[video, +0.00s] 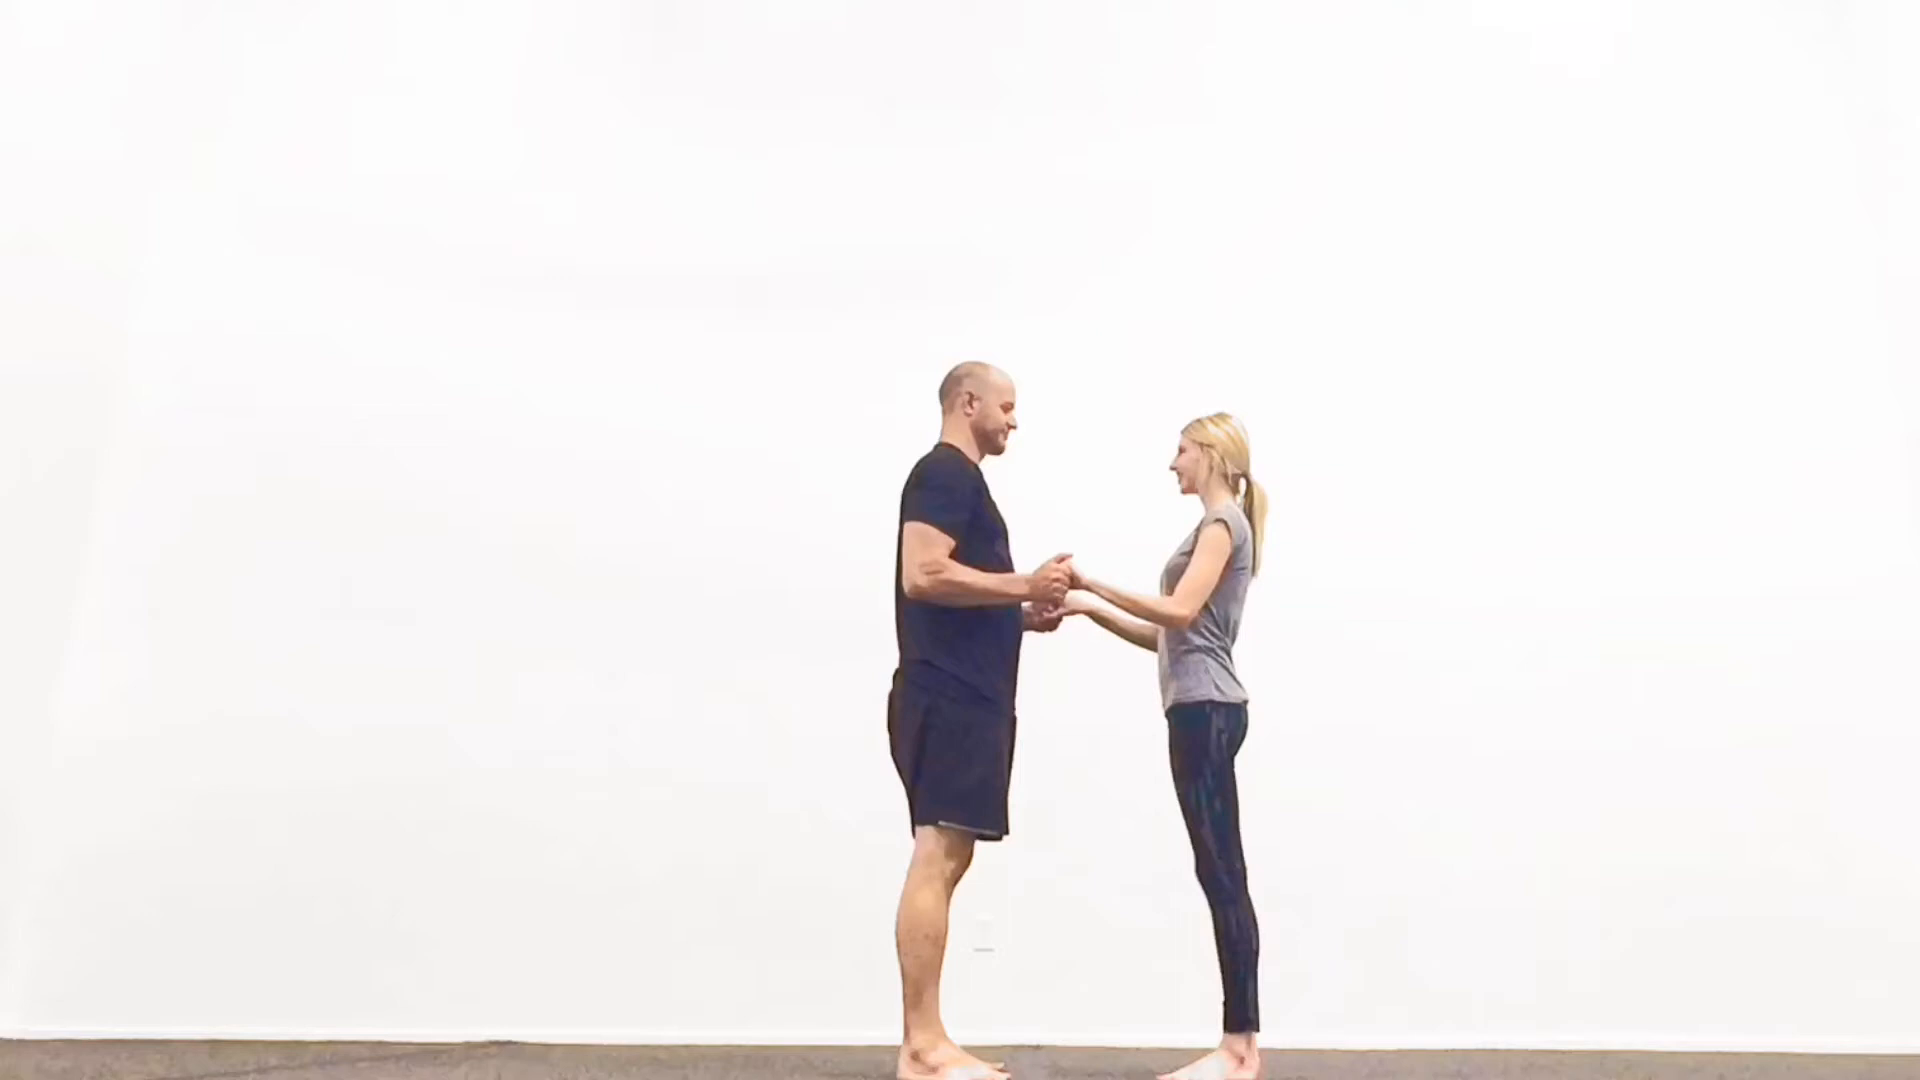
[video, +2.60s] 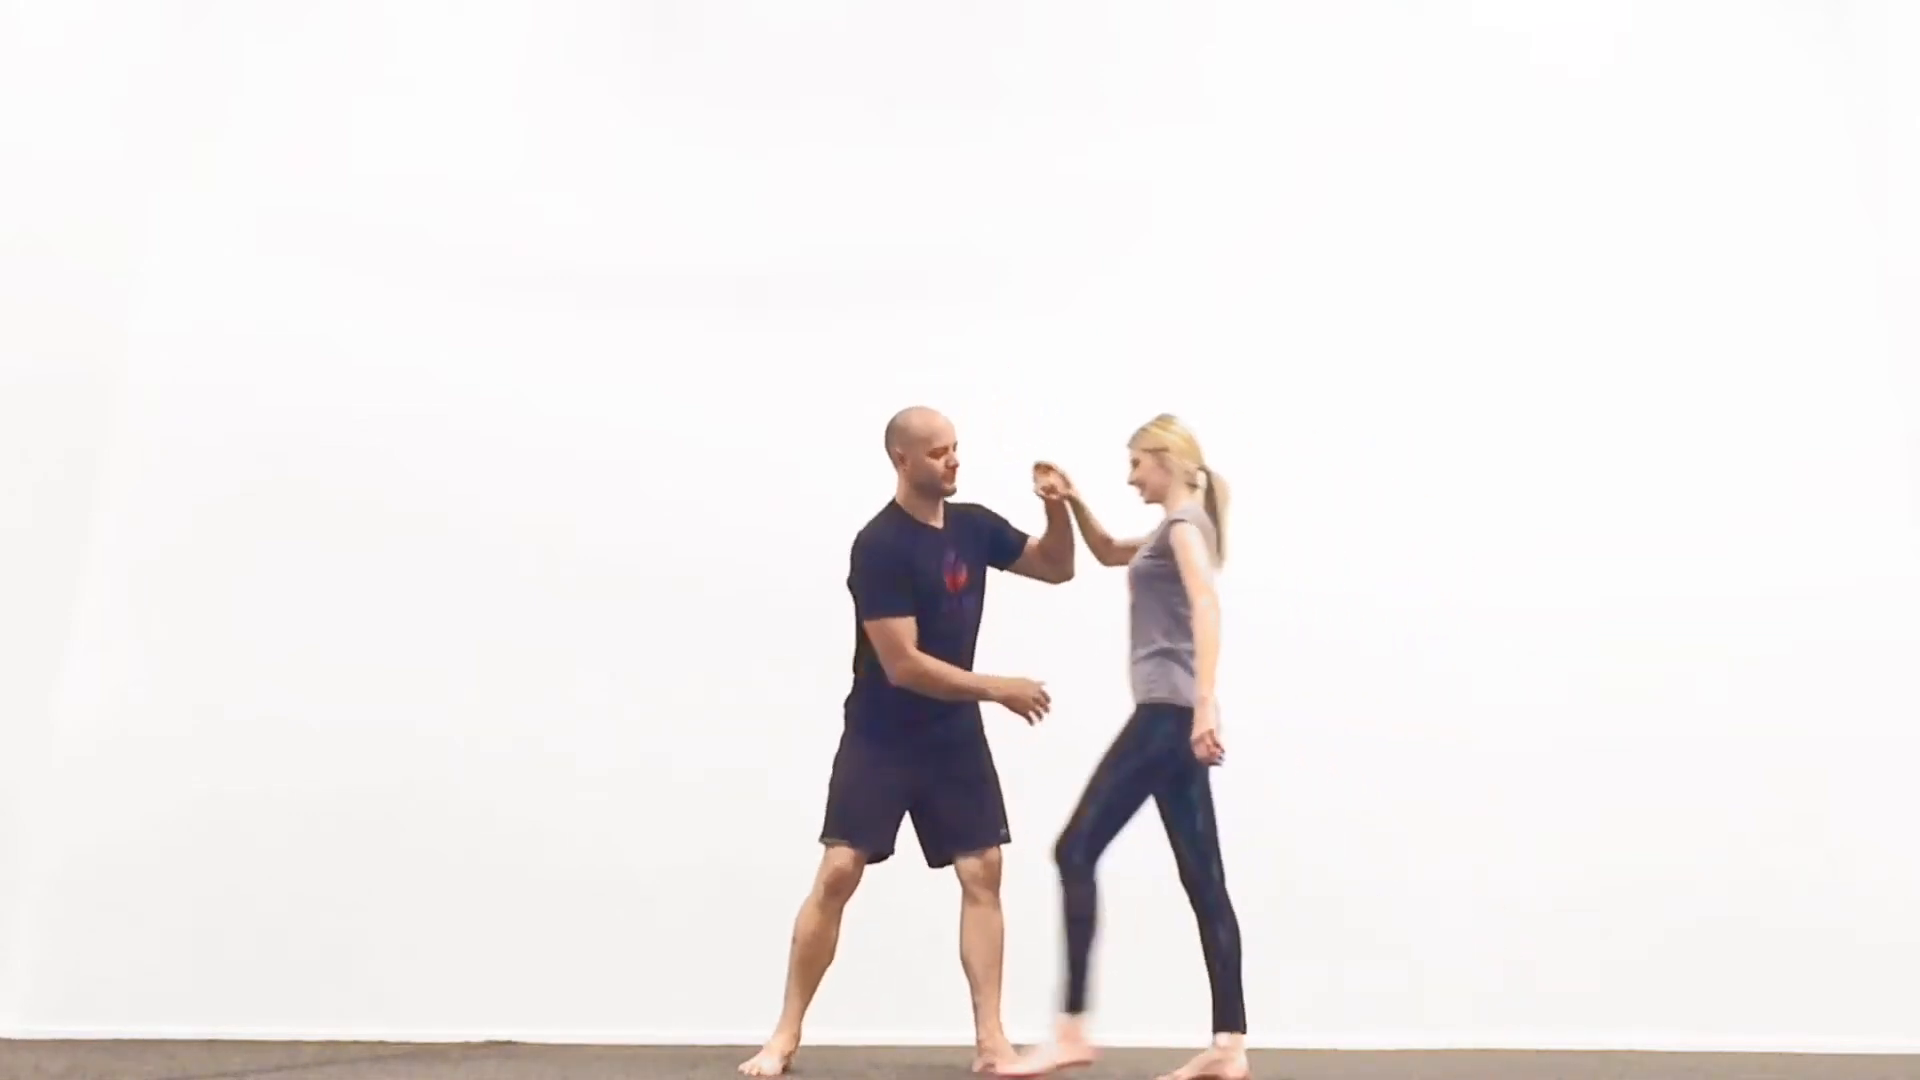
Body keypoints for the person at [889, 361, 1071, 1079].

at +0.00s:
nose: (1014, 421)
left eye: (1014, 410)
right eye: (1006, 408)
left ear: (969, 404)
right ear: (968, 405)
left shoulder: (963, 479)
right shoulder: (943, 470)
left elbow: (950, 594)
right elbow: (923, 574)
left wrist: (1025, 613)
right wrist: (1024, 586)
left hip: (963, 694)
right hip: (948, 694)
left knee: (945, 859)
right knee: (938, 859)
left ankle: (924, 1043)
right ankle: (924, 1045)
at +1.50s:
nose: (1067, 438)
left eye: (1066, 428)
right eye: (1055, 425)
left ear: (1028, 431)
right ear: (1015, 428)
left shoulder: (1049, 540)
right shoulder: (973, 494)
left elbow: (1041, 651)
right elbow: (948, 598)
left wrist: (1122, 615)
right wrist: (1051, 609)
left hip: (1011, 715)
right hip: (949, 708)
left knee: (1006, 872)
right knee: (940, 855)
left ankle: (989, 1039)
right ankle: (916, 1038)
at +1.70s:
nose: (1055, 437)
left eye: (1056, 428)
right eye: (1043, 425)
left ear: (1032, 436)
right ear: (1002, 430)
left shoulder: (1054, 537)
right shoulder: (953, 498)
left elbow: (1120, 619)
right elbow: (916, 597)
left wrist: (1195, 562)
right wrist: (1007, 610)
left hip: (1012, 717)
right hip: (941, 707)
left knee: (1002, 872)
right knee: (911, 847)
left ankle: (990, 1042)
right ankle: (849, 1020)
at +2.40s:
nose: (969, 443)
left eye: (970, 432)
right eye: (956, 433)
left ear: (962, 439)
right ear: (917, 440)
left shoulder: (990, 529)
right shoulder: (874, 520)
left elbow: (1065, 594)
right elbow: (849, 630)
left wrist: (1102, 530)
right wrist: (942, 658)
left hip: (960, 724)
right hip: (881, 723)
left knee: (982, 871)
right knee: (838, 869)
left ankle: (991, 1044)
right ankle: (783, 1039)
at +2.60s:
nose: (952, 461)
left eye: (953, 448)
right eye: (938, 453)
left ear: (952, 450)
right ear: (901, 462)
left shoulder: (973, 523)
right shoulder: (879, 545)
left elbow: (1054, 565)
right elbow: (902, 665)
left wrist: (1058, 508)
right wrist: (997, 688)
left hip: (954, 729)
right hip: (879, 732)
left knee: (982, 869)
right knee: (838, 873)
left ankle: (991, 1043)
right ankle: (784, 1038)